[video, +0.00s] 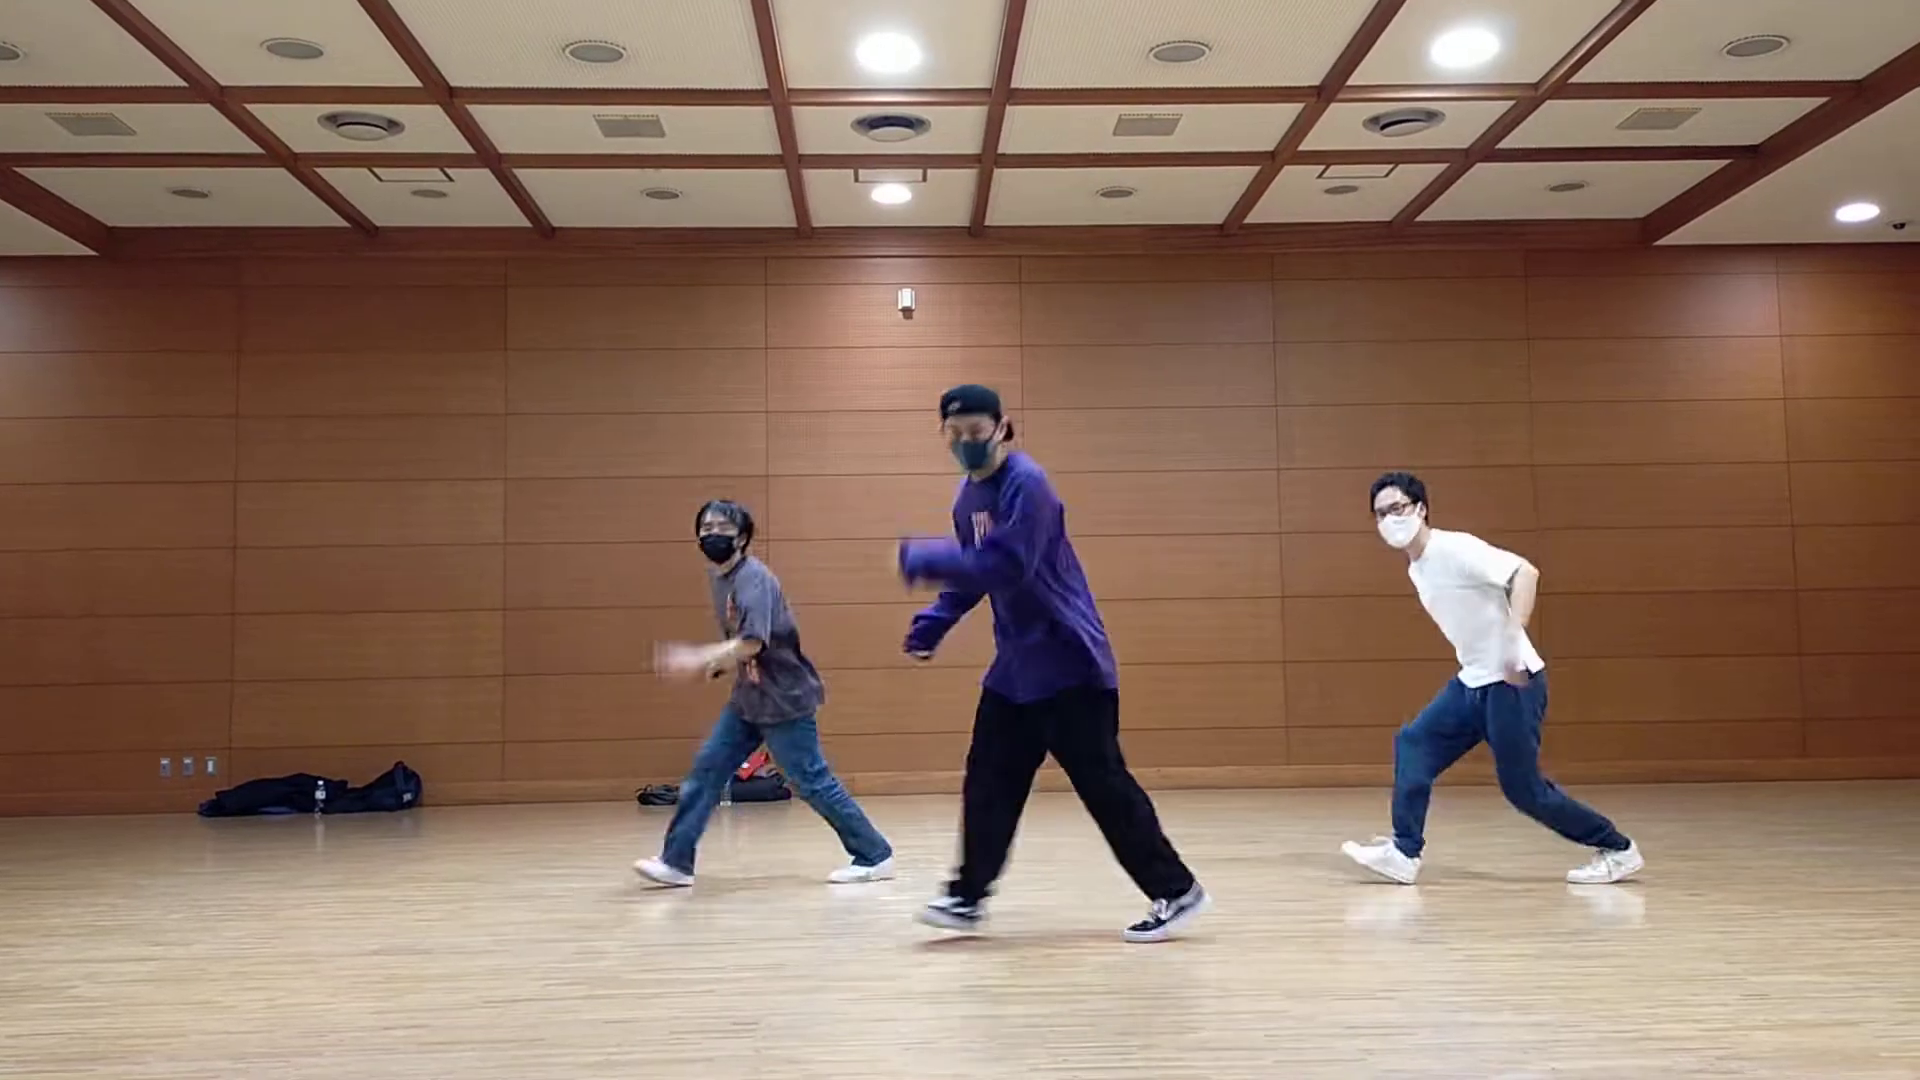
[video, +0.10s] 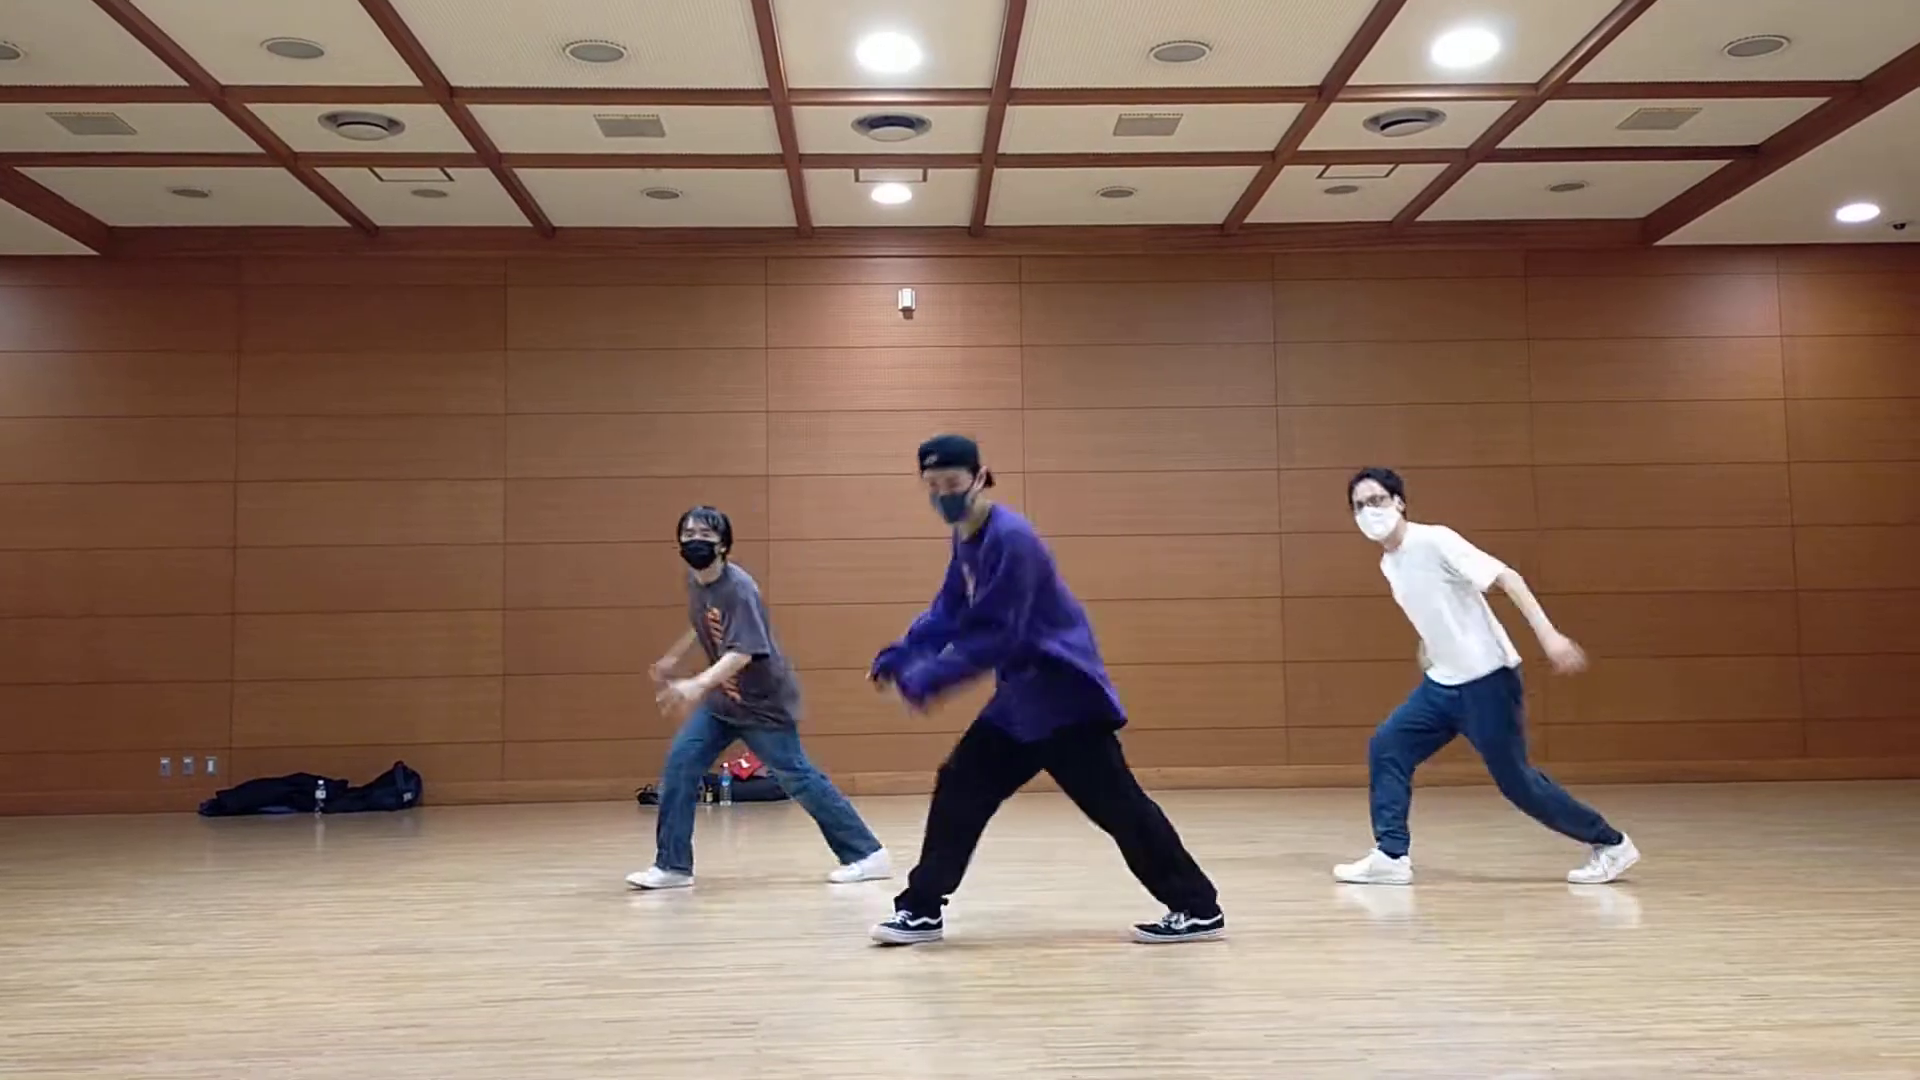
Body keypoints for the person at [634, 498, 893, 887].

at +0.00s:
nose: (713, 533)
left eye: (723, 526)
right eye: (707, 527)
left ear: (742, 534)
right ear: (698, 536)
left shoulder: (754, 578)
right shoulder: (721, 579)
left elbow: (754, 642)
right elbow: (738, 634)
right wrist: (724, 660)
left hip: (784, 695)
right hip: (750, 693)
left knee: (812, 781)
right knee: (708, 770)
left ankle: (875, 855)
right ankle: (676, 863)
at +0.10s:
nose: (696, 538)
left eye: (706, 532)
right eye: (689, 533)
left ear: (724, 542)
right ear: (680, 542)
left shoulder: (740, 588)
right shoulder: (695, 581)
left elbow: (742, 653)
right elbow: (701, 624)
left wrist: (697, 685)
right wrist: (673, 657)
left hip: (763, 705)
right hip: (722, 701)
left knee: (798, 778)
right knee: (681, 763)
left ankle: (867, 854)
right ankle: (673, 867)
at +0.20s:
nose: (681, 524)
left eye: (690, 517)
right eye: (674, 517)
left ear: (708, 523)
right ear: (665, 524)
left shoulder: (728, 568)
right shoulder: (659, 561)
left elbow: (735, 628)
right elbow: (645, 606)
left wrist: (686, 632)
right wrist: (620, 629)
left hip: (735, 696)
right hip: (687, 694)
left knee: (758, 770)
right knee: (660, 763)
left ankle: (827, 835)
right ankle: (673, 866)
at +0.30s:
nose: (667, 506)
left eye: (676, 500)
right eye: (661, 500)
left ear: (693, 507)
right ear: (652, 506)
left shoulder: (715, 551)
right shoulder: (637, 547)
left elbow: (729, 606)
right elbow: (615, 589)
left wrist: (692, 586)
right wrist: (600, 605)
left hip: (704, 685)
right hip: (655, 685)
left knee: (710, 766)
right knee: (654, 771)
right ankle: (671, 864)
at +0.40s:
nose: (655, 501)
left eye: (664, 495)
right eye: (648, 495)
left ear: (680, 503)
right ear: (638, 502)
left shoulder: (700, 546)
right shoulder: (619, 543)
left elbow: (716, 599)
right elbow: (595, 588)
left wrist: (686, 575)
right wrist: (592, 605)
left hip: (682, 682)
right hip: (630, 681)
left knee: (670, 774)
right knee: (640, 769)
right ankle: (665, 861)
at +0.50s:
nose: (641, 508)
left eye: (650, 502)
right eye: (634, 502)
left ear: (665, 511)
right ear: (623, 510)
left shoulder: (686, 559)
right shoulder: (601, 554)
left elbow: (703, 611)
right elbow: (576, 603)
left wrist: (675, 603)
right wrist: (584, 628)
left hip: (657, 687)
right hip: (609, 684)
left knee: (631, 776)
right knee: (620, 764)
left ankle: (578, 846)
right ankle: (635, 855)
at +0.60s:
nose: (632, 523)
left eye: (640, 517)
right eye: (624, 517)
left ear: (653, 525)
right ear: (611, 524)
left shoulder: (666, 574)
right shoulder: (588, 567)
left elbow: (677, 626)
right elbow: (564, 625)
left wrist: (667, 662)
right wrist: (582, 672)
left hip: (637, 700)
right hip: (595, 695)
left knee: (619, 784)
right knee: (602, 764)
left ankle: (583, 852)